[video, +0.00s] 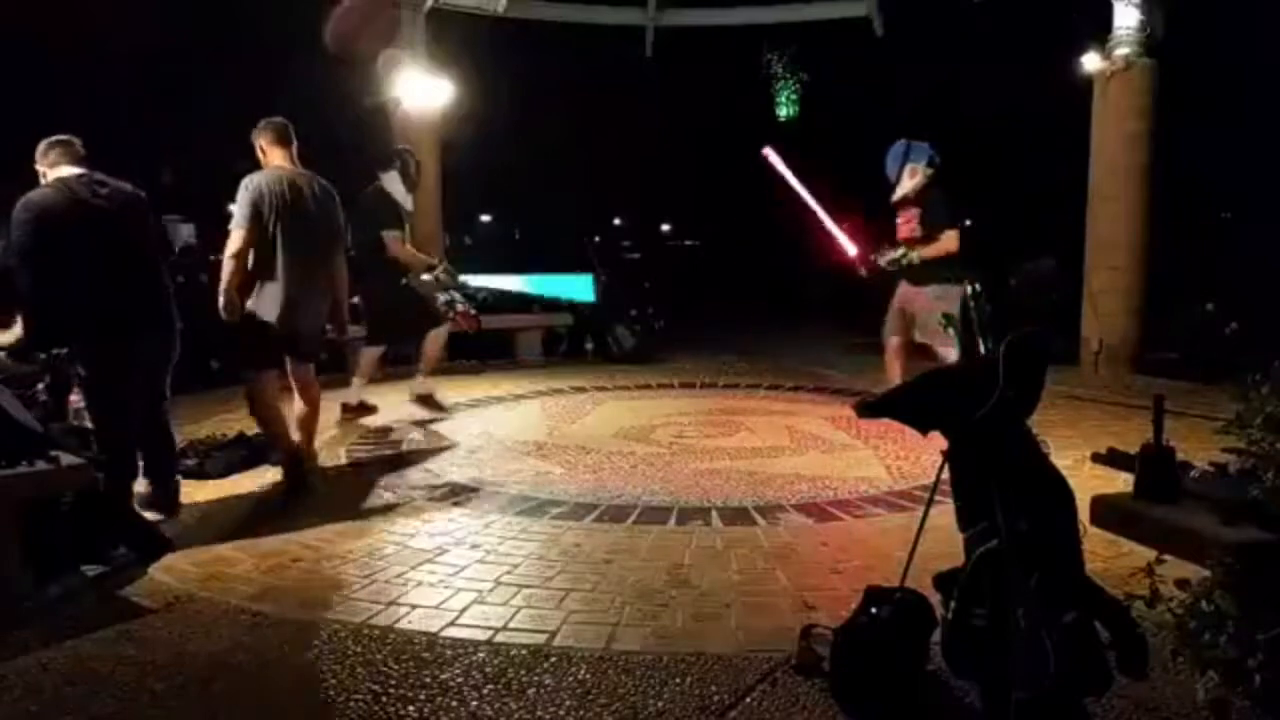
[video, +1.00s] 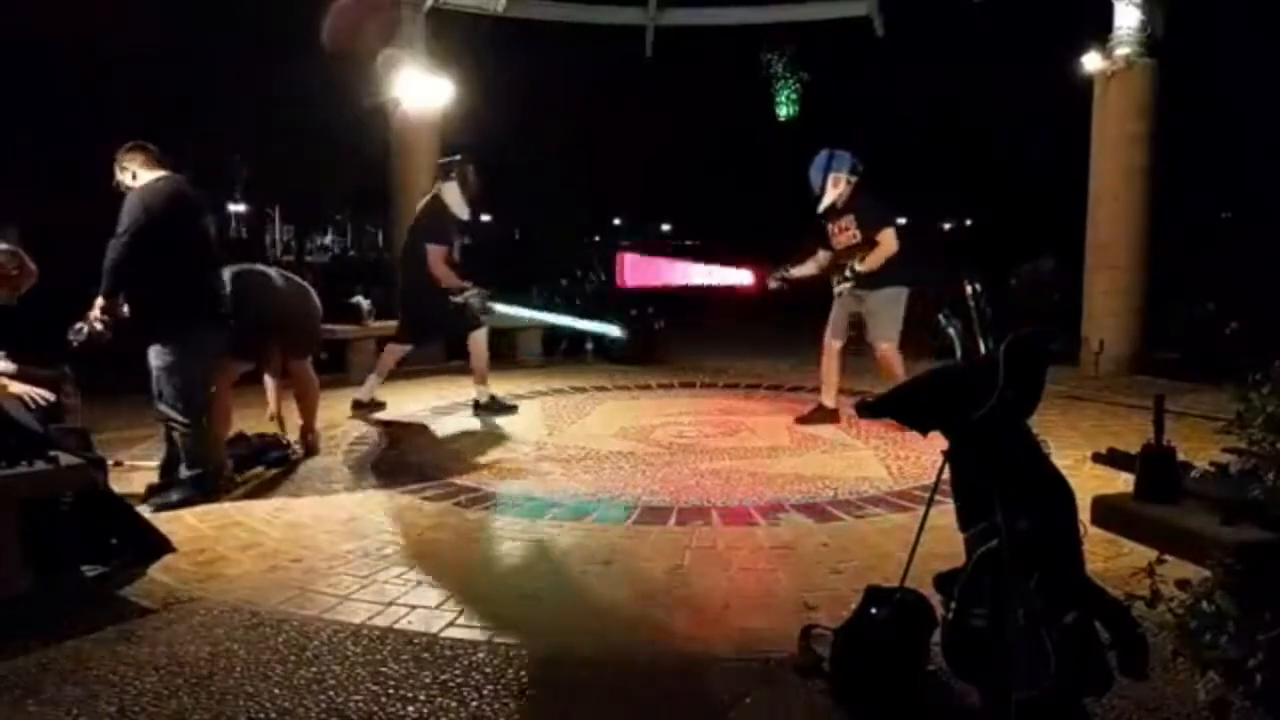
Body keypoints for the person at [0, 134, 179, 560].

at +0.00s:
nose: (39, 178)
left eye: (39, 172)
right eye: (41, 173)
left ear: (44, 170)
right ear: (84, 161)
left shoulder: (34, 206)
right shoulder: (130, 196)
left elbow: (25, 274)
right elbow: (158, 262)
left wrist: (30, 328)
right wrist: (162, 316)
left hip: (87, 329)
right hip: (145, 323)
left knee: (108, 421)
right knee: (152, 410)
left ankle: (113, 510)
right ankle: (164, 495)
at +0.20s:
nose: (54, 177)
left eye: (54, 171)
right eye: (56, 172)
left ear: (58, 169)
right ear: (98, 161)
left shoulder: (46, 204)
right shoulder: (141, 197)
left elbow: (37, 277)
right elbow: (166, 263)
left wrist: (49, 331)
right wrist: (166, 313)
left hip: (92, 328)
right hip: (149, 321)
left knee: (112, 422)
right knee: (161, 408)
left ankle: (117, 508)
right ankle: (176, 486)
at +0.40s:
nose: (78, 186)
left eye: (78, 179)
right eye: (79, 180)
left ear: (85, 175)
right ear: (120, 169)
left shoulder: (78, 205)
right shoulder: (155, 200)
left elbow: (66, 266)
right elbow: (187, 261)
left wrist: (65, 318)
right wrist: (183, 308)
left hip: (109, 325)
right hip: (164, 321)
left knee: (116, 417)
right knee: (171, 404)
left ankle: (119, 494)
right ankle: (179, 481)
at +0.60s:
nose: (101, 185)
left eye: (102, 179)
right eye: (103, 180)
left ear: (107, 175)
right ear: (140, 169)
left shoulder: (108, 197)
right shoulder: (169, 195)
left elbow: (91, 254)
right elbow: (208, 255)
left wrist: (83, 308)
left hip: (138, 317)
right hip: (184, 310)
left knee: (126, 401)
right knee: (177, 398)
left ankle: (139, 493)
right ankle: (179, 475)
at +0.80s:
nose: (114, 183)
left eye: (115, 177)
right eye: (115, 178)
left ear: (122, 172)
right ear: (152, 167)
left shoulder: (131, 193)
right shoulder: (176, 193)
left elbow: (108, 247)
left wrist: (89, 298)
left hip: (157, 313)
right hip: (185, 307)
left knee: (154, 401)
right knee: (175, 398)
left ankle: (184, 477)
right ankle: (180, 473)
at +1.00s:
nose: (125, 188)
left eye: (124, 183)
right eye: (124, 184)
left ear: (130, 172)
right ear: (155, 163)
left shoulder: (144, 197)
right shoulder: (185, 190)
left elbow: (122, 249)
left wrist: (105, 298)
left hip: (173, 313)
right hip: (199, 304)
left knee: (177, 403)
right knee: (181, 397)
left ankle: (197, 476)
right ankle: (175, 471)